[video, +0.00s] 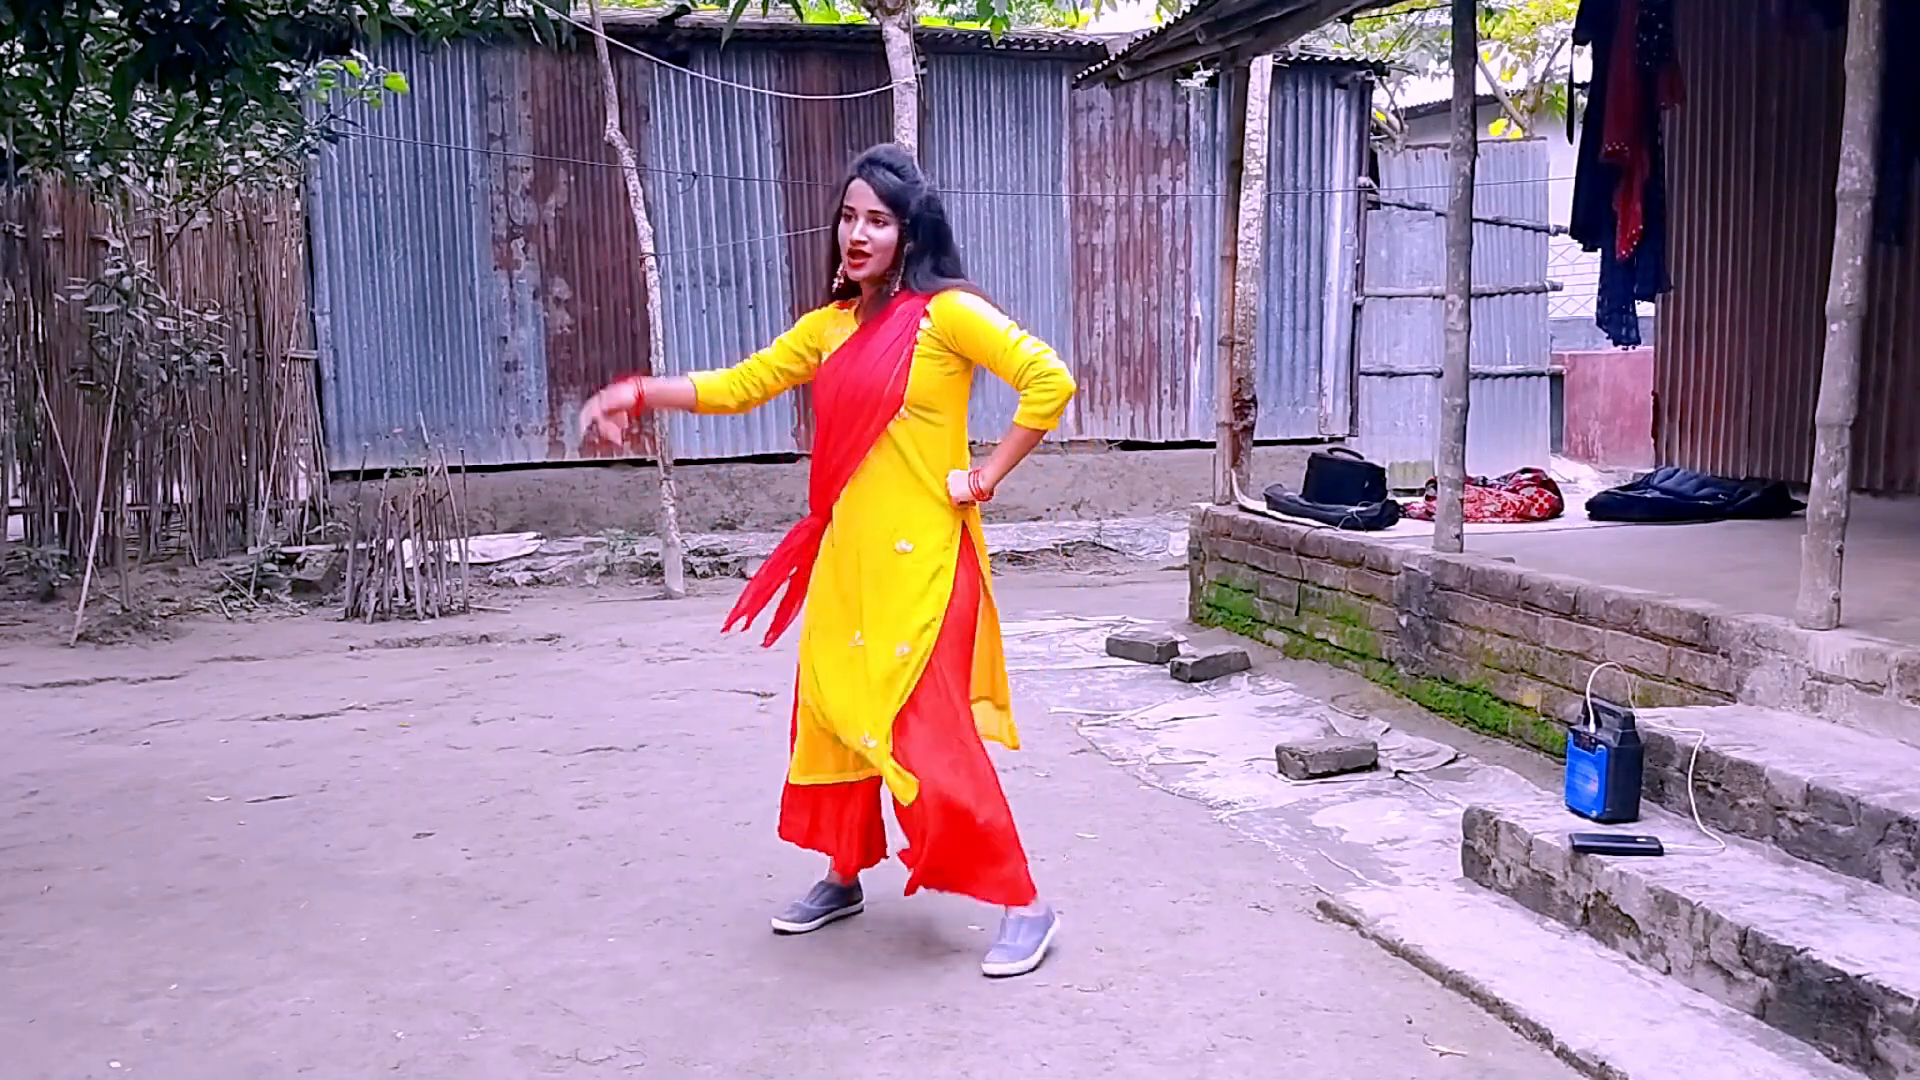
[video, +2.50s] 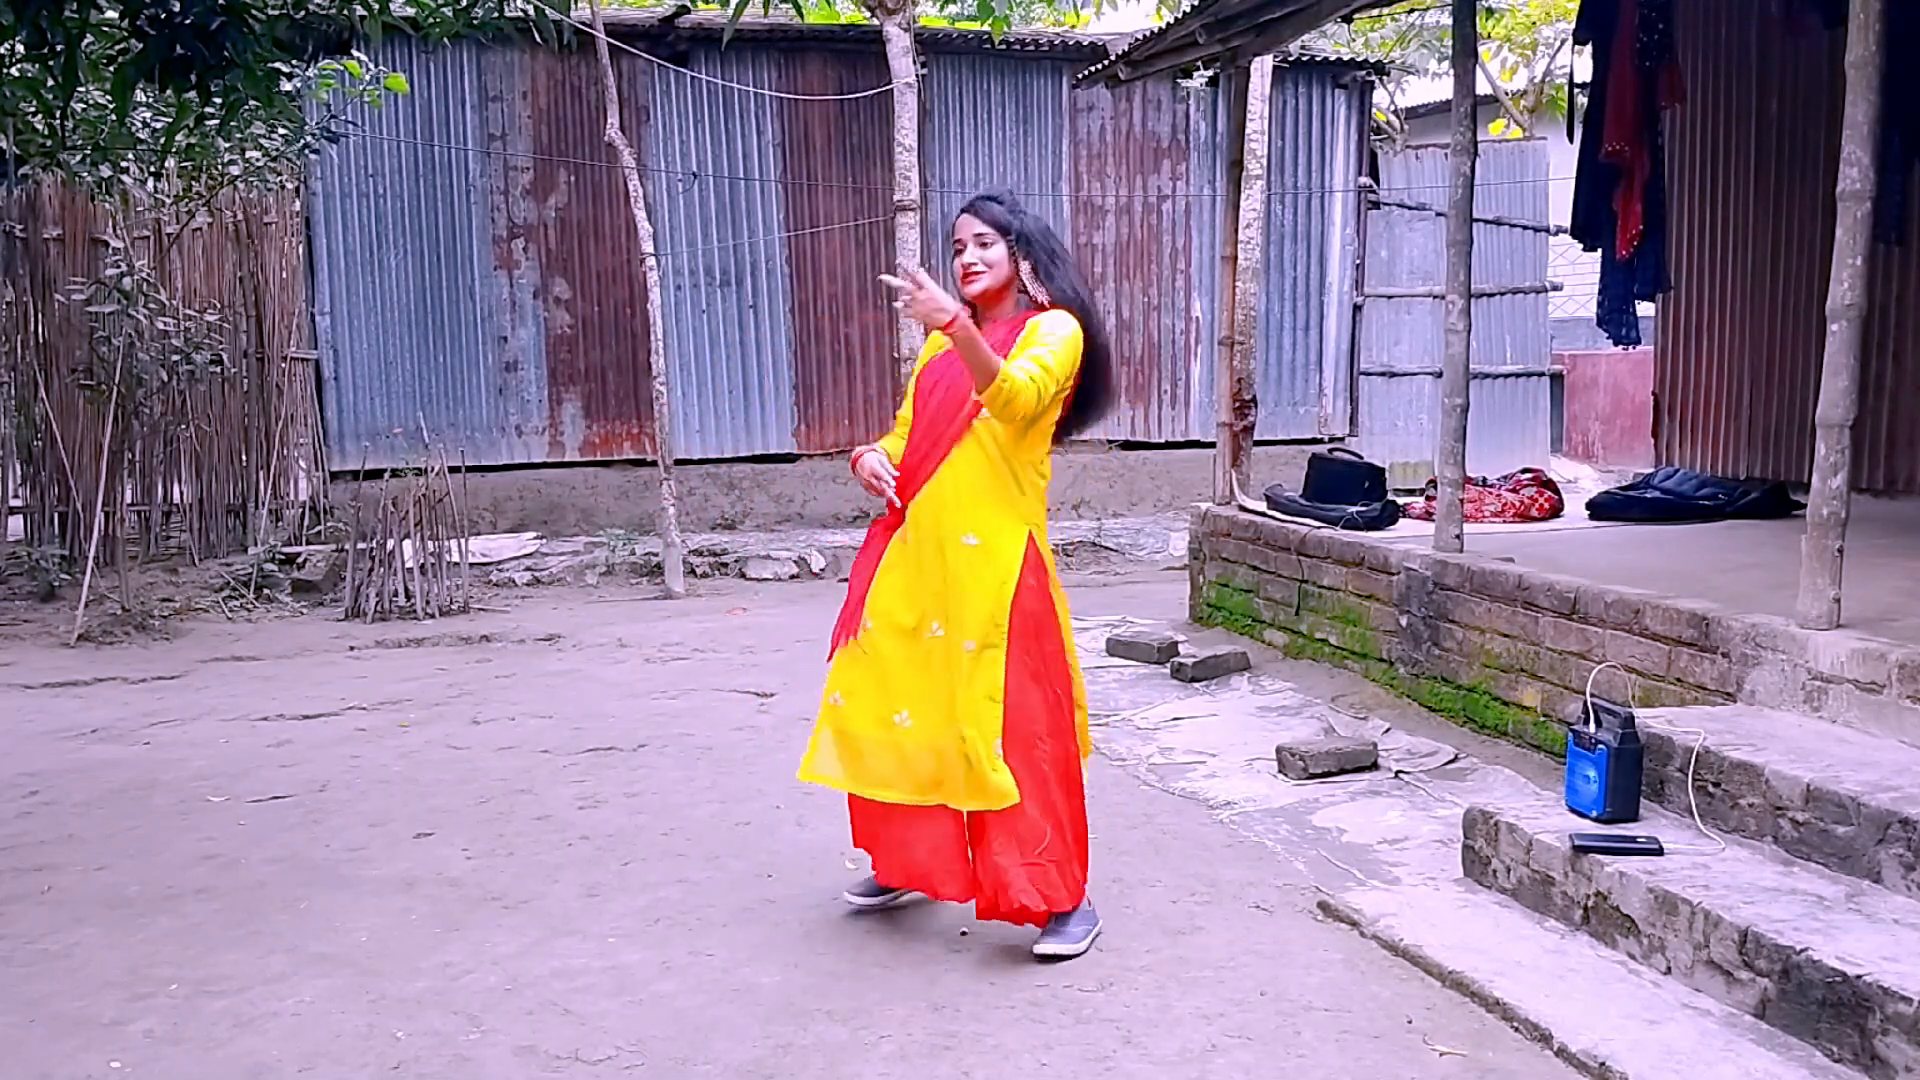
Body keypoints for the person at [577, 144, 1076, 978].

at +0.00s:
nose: (856, 233)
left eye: (875, 219)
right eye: (848, 216)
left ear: (911, 231)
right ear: (836, 226)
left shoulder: (947, 312)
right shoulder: (829, 325)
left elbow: (1051, 382)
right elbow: (737, 386)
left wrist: (987, 473)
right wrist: (637, 390)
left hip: (924, 544)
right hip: (845, 545)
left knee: (923, 720)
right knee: (831, 705)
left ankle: (1024, 905)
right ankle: (840, 877)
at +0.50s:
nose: (950, 211)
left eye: (972, 200)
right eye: (945, 196)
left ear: (1007, 220)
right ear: (933, 209)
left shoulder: (1025, 316)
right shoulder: (934, 310)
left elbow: (1106, 415)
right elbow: (958, 428)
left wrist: (1005, 461)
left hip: (999, 545)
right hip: (944, 543)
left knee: (1008, 722)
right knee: (988, 721)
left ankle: (1067, 907)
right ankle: (1057, 890)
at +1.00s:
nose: (905, 232)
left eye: (924, 218)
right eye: (896, 219)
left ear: (963, 235)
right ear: (888, 235)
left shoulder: (999, 333)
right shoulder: (850, 332)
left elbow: (1079, 427)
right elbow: (830, 437)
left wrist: (998, 496)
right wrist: (833, 520)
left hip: (963, 555)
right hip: (868, 555)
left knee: (996, 729)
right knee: (864, 715)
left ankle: (1038, 912)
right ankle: (860, 873)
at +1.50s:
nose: (916, 250)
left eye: (932, 235)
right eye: (907, 240)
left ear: (971, 249)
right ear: (902, 259)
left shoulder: (997, 333)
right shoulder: (913, 359)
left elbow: (1005, 439)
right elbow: (858, 432)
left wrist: (921, 501)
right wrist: (810, 399)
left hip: (984, 564)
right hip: (912, 560)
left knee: (968, 739)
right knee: (856, 701)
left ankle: (1066, 908)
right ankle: (858, 874)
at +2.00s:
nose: (923, 242)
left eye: (940, 231)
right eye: (914, 232)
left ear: (971, 256)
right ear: (901, 255)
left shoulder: (1005, 352)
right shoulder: (863, 333)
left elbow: (1037, 453)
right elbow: (813, 441)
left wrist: (984, 529)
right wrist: (784, 407)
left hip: (972, 555)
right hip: (879, 555)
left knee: (994, 714)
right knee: (878, 712)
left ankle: (1060, 893)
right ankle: (894, 866)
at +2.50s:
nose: (968, 258)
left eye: (983, 243)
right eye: (959, 248)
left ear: (1022, 250)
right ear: (951, 263)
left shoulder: (1055, 328)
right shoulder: (941, 341)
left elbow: (1018, 401)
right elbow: (907, 433)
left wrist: (953, 323)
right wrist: (872, 455)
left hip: (999, 555)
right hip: (917, 550)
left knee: (1027, 725)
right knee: (887, 698)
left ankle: (1066, 900)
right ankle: (903, 860)